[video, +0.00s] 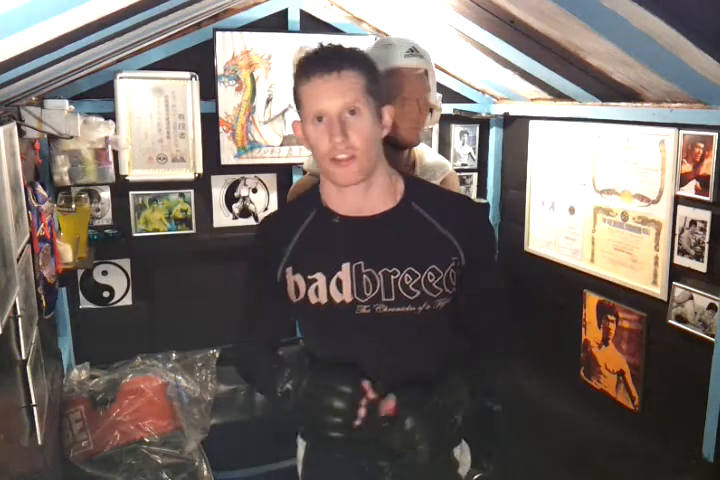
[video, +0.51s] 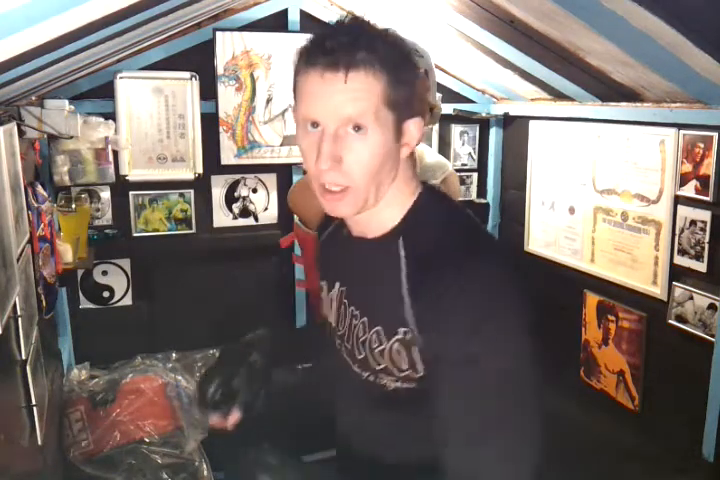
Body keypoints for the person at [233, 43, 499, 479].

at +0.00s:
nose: (338, 136)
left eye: (352, 112)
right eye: (319, 118)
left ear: (384, 121)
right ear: (302, 134)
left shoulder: (462, 223)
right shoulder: (279, 237)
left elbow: (494, 347)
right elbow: (252, 350)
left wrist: (443, 406)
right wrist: (303, 391)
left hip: (435, 457)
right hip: (332, 460)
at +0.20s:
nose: (321, 148)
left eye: (339, 123)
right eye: (303, 128)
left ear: (376, 127)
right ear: (284, 138)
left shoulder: (464, 237)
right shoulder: (280, 243)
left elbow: (520, 361)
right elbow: (262, 356)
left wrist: (445, 432)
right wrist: (280, 409)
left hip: (440, 466)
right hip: (325, 464)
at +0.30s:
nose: (323, 160)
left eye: (342, 133)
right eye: (304, 136)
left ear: (382, 135)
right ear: (285, 143)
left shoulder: (463, 251)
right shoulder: (298, 236)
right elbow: (270, 344)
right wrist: (254, 412)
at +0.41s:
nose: (326, 166)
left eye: (351, 137)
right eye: (309, 137)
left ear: (395, 143)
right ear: (291, 140)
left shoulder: (467, 270)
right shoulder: (313, 246)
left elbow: (520, 440)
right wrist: (248, 420)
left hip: (440, 465)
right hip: (340, 463)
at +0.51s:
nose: (325, 160)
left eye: (356, 127)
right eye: (313, 126)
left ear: (409, 137)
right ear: (296, 129)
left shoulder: (468, 268)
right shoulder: (337, 240)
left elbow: (496, 458)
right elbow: (350, 377)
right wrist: (261, 393)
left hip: (435, 469)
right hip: (354, 464)